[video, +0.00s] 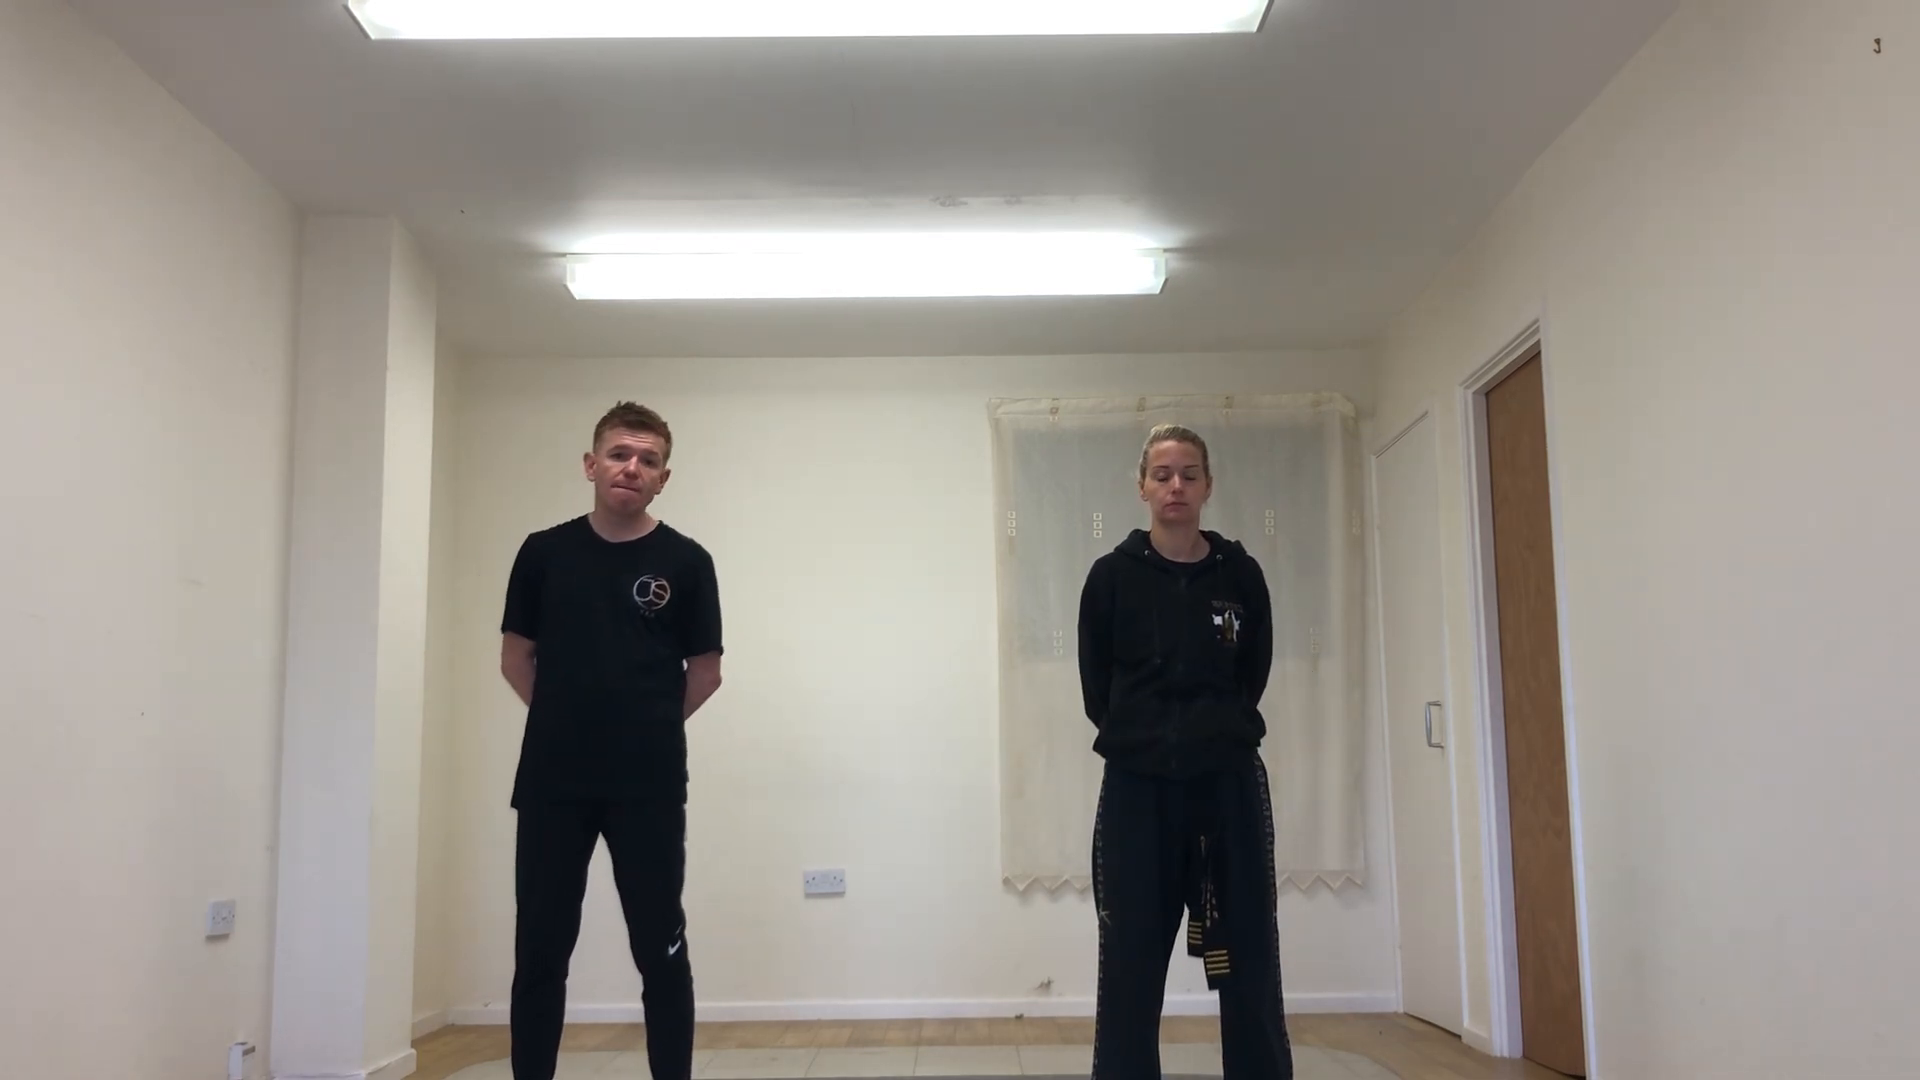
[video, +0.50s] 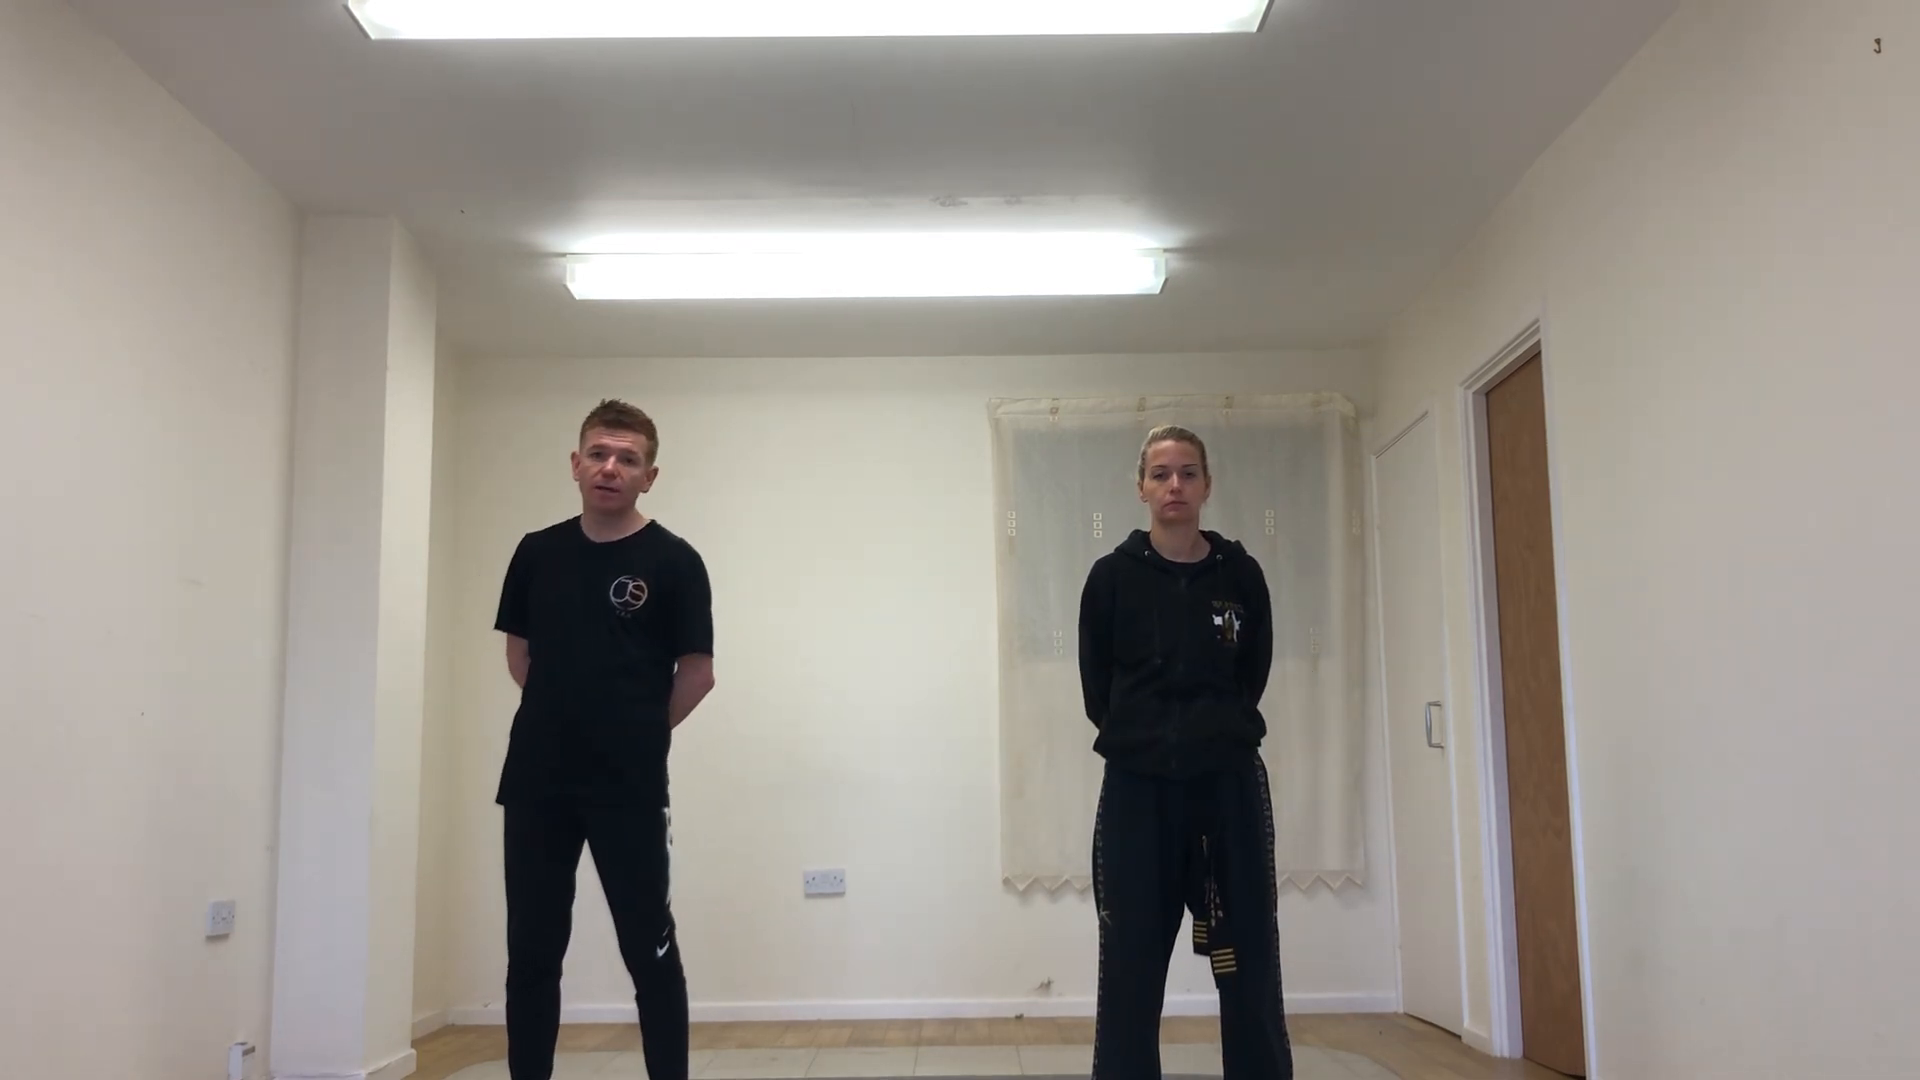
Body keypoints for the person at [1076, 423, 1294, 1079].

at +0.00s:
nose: (1175, 485)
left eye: (1188, 474)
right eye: (1161, 474)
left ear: (1207, 486)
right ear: (1143, 487)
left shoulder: (1240, 570)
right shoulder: (1111, 574)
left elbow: (1256, 668)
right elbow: (1094, 678)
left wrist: (1218, 730)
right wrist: (1136, 739)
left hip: (1230, 779)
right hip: (1138, 780)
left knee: (1249, 960)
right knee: (1130, 964)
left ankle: (1260, 1077)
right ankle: (1124, 1078)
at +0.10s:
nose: (1174, 485)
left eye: (1187, 474)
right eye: (1161, 474)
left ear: (1207, 486)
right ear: (1143, 487)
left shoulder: (1240, 570)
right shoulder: (1111, 574)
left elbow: (1256, 667)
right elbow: (1094, 678)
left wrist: (1218, 730)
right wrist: (1136, 739)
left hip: (1230, 779)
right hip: (1138, 780)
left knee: (1249, 960)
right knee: (1130, 963)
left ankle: (1261, 1077)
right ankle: (1124, 1078)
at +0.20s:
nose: (1175, 485)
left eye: (1188, 473)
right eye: (1161, 474)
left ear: (1207, 485)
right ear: (1143, 487)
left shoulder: (1240, 570)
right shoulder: (1111, 574)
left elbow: (1256, 668)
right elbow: (1094, 678)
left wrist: (1218, 730)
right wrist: (1136, 738)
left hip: (1230, 780)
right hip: (1138, 782)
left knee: (1249, 962)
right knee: (1130, 965)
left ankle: (1260, 1077)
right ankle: (1124, 1078)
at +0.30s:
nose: (1175, 484)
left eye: (1188, 472)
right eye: (1161, 474)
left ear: (1207, 484)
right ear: (1142, 487)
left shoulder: (1240, 570)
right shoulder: (1111, 574)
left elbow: (1256, 669)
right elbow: (1095, 680)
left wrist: (1217, 731)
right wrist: (1137, 740)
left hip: (1230, 780)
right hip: (1138, 781)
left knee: (1249, 962)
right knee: (1130, 966)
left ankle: (1260, 1076)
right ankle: (1124, 1077)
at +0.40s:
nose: (1175, 484)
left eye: (1188, 472)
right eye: (1161, 474)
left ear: (1207, 484)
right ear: (1142, 487)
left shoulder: (1240, 570)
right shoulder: (1111, 574)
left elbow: (1256, 669)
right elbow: (1095, 680)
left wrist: (1217, 731)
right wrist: (1137, 740)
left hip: (1230, 780)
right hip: (1138, 782)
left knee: (1249, 962)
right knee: (1130, 966)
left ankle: (1260, 1076)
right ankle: (1124, 1077)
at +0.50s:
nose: (1174, 485)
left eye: (1187, 472)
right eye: (1160, 474)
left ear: (1207, 484)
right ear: (1142, 487)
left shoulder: (1240, 570)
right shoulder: (1111, 574)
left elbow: (1256, 668)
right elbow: (1095, 680)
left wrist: (1218, 730)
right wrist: (1137, 740)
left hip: (1230, 779)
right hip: (1138, 781)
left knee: (1248, 961)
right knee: (1130, 964)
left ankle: (1261, 1077)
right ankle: (1124, 1078)